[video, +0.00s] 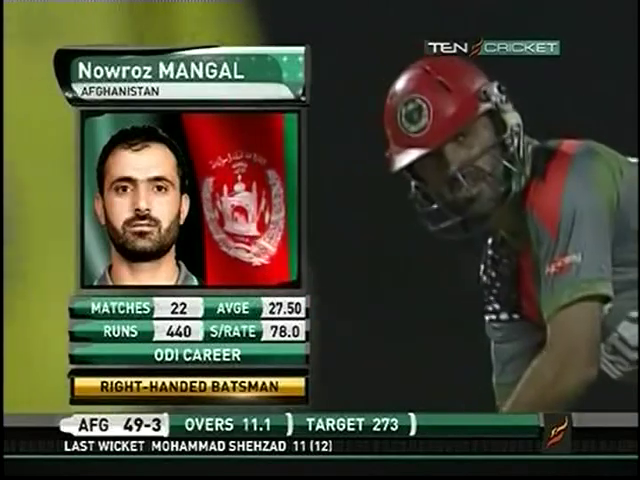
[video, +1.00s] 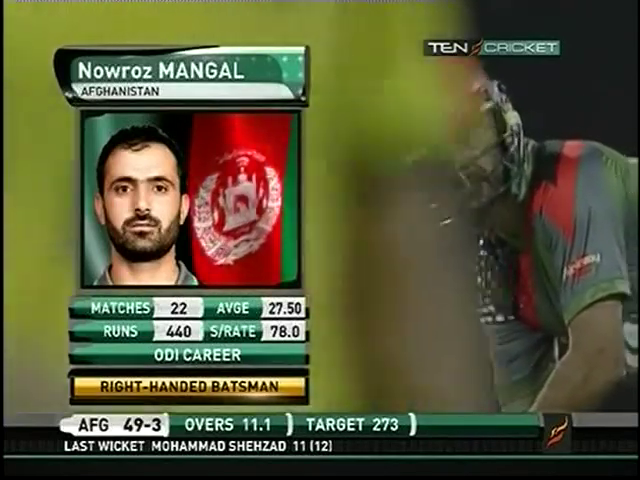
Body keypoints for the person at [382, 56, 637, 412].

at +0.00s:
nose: (453, 167)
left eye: (463, 139)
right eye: (431, 159)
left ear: (502, 124)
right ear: (418, 180)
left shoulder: (572, 178)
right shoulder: (504, 264)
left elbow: (573, 361)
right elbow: (519, 410)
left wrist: (490, 451)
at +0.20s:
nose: (462, 175)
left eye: (470, 146)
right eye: (438, 168)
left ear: (508, 129)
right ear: (426, 189)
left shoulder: (581, 181)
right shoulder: (510, 278)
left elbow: (590, 366)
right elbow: (531, 417)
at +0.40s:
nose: (460, 180)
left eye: (468, 151)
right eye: (437, 173)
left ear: (504, 132)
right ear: (424, 194)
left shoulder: (578, 182)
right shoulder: (508, 282)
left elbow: (599, 363)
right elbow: (534, 416)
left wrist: (520, 448)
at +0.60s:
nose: (463, 173)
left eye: (472, 145)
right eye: (440, 166)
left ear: (508, 127)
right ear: (425, 186)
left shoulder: (582, 181)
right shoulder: (506, 269)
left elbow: (602, 363)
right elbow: (531, 413)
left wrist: (522, 450)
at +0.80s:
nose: (465, 166)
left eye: (474, 138)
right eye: (442, 159)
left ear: (512, 123)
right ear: (426, 178)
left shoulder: (585, 181)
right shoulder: (507, 260)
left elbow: (605, 360)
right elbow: (529, 412)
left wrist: (524, 449)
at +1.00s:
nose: (459, 159)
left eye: (469, 134)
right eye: (443, 144)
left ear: (505, 120)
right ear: (427, 158)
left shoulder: (574, 178)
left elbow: (598, 360)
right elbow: (518, 401)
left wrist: (517, 451)